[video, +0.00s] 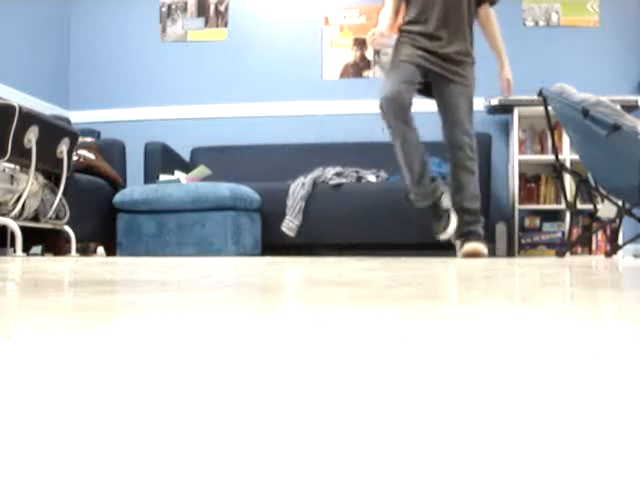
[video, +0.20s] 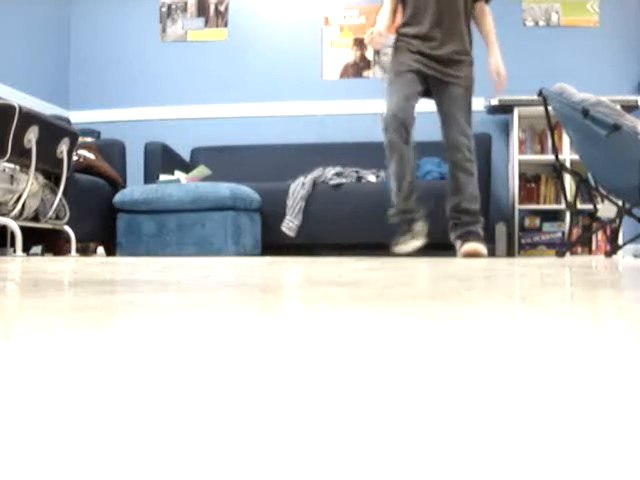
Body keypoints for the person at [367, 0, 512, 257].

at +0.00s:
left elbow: (484, 9)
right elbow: (395, 3)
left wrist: (504, 62)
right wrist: (384, 29)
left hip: (457, 50)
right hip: (412, 43)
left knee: (462, 141)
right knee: (392, 99)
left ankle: (471, 234)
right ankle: (430, 197)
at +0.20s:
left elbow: (480, 7)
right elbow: (392, 4)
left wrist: (494, 54)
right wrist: (381, 29)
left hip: (455, 54)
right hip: (409, 49)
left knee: (460, 144)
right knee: (396, 119)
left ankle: (469, 233)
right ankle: (409, 224)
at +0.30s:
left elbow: (471, 4)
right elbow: (382, 8)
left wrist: (479, 38)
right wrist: (371, 33)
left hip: (447, 56)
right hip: (402, 55)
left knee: (456, 147)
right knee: (390, 143)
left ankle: (468, 235)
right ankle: (373, 232)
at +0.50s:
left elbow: (441, 3)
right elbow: (353, 9)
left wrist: (446, 27)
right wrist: (344, 40)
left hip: (414, 53)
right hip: (368, 54)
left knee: (427, 148)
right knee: (362, 151)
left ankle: (452, 232)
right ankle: (362, 238)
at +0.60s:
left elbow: (432, 3)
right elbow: (344, 7)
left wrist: (437, 25)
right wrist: (334, 37)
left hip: (407, 40)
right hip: (361, 42)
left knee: (405, 136)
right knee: (361, 145)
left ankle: (429, 225)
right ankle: (361, 237)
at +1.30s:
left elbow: (444, 4)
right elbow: (355, 5)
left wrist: (460, 47)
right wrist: (342, 29)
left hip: (424, 55)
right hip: (375, 56)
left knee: (445, 141)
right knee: (368, 148)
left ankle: (470, 231)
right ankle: (362, 238)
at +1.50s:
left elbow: (472, 7)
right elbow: (383, 5)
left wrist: (486, 58)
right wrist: (370, 34)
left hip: (449, 60)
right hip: (401, 58)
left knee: (459, 154)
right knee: (381, 149)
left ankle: (470, 238)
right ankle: (364, 238)